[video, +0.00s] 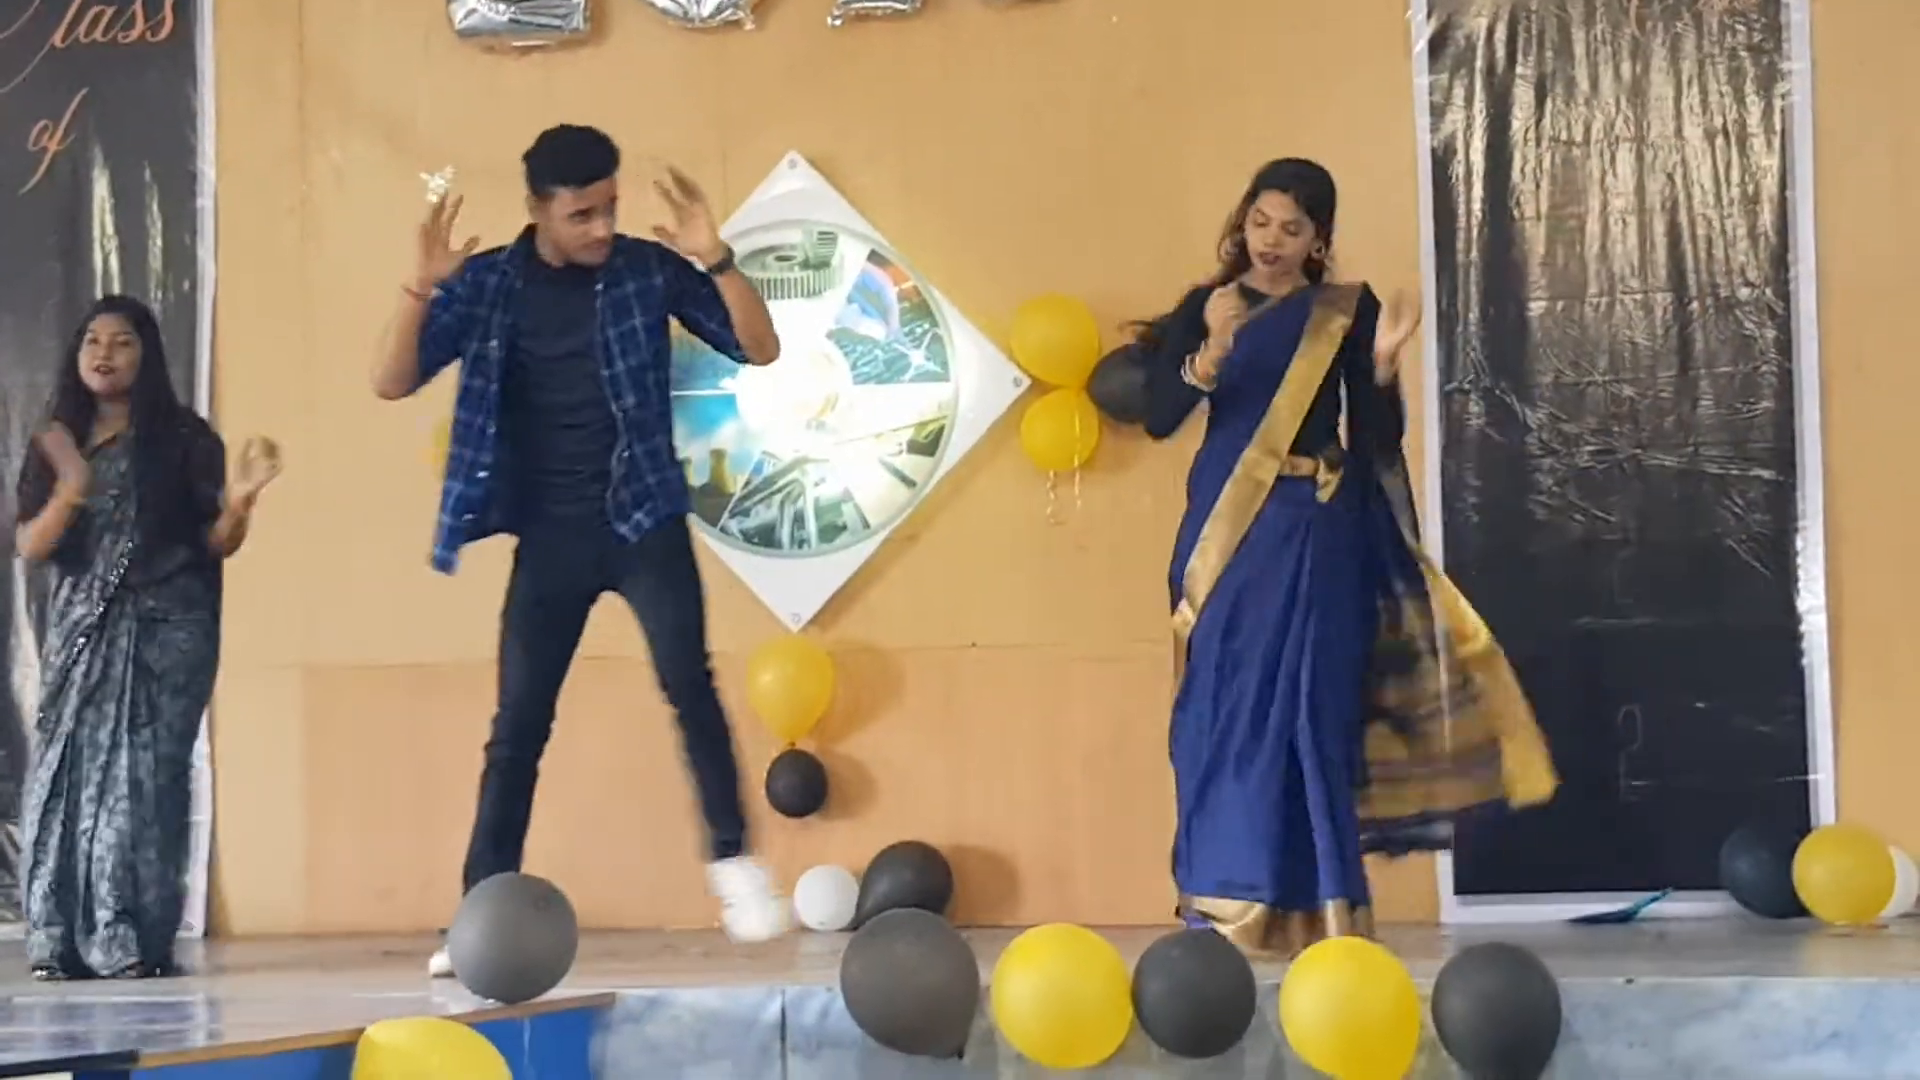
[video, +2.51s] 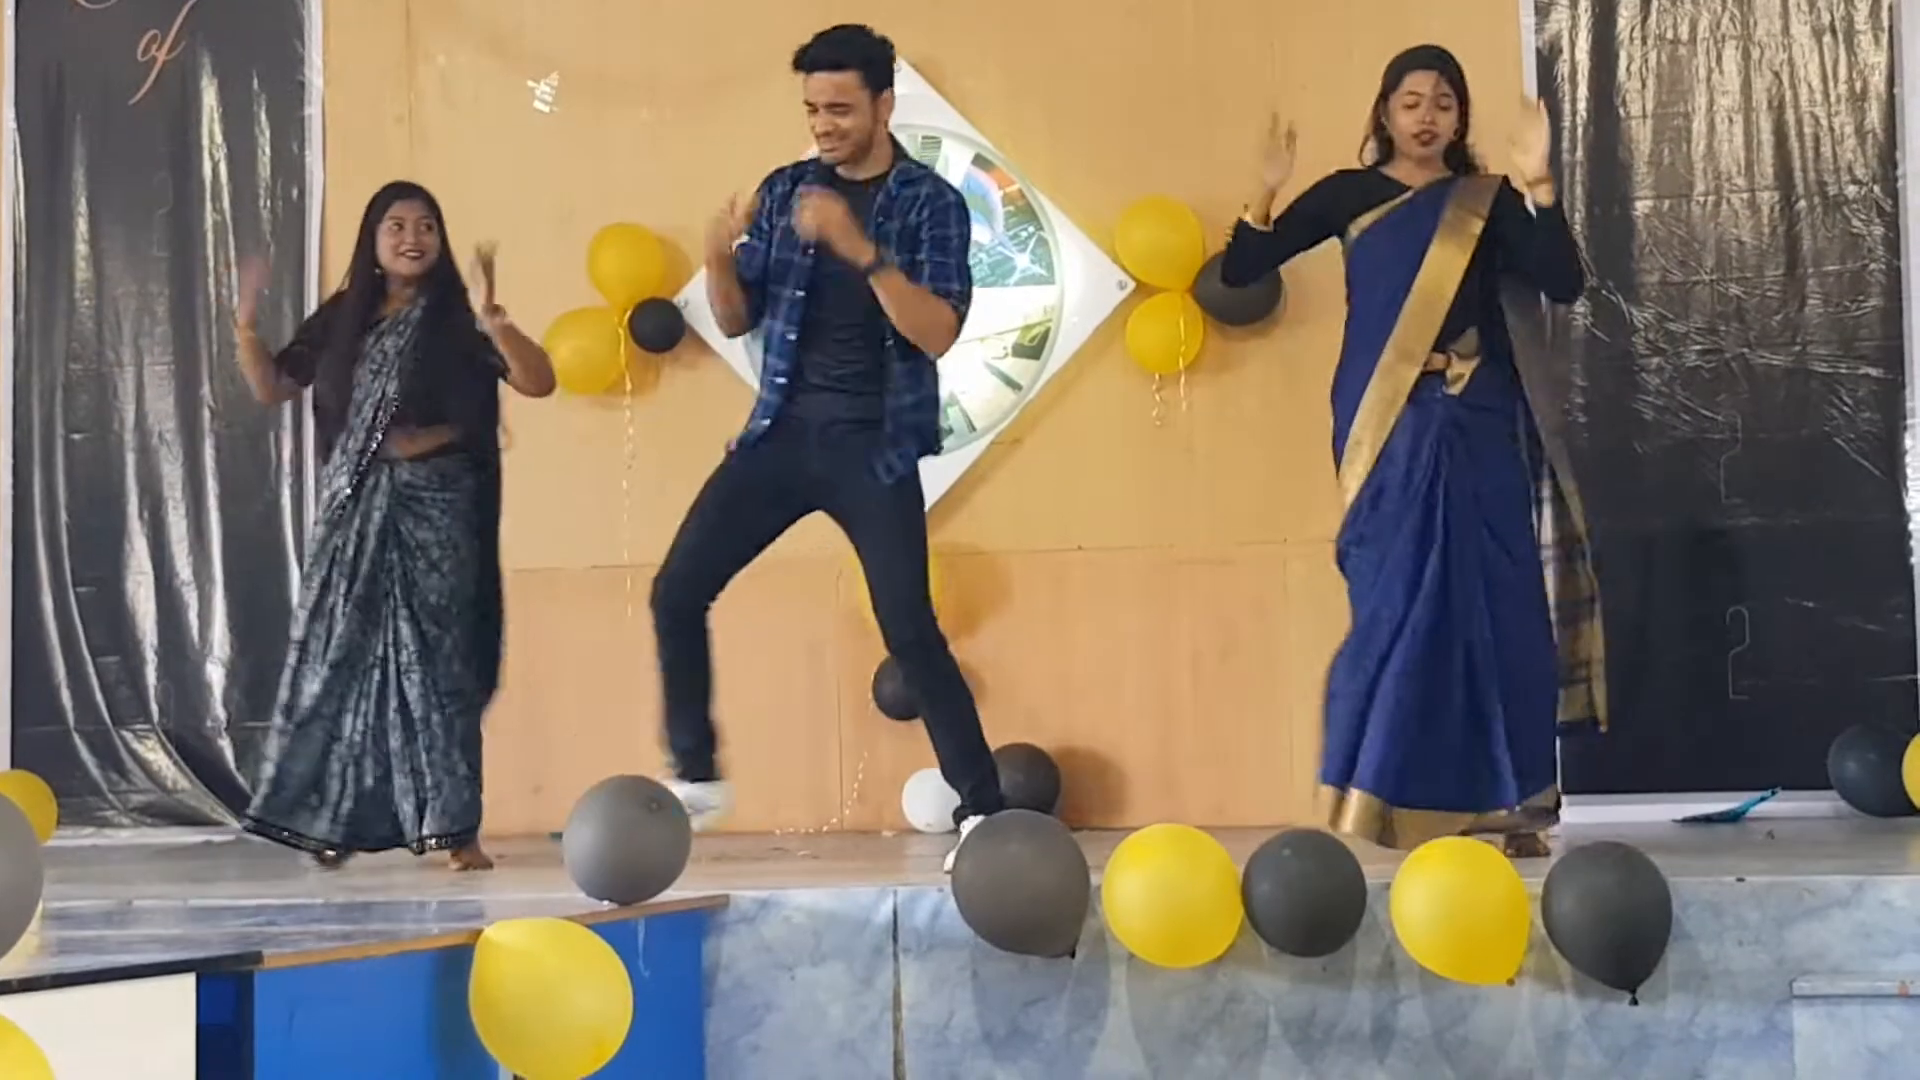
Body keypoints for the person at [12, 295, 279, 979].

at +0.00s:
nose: (104, 355)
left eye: (121, 344)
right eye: (93, 342)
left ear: (148, 356)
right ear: (77, 355)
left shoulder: (189, 439)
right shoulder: (56, 441)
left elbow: (217, 545)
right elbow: (31, 546)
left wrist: (237, 508)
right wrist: (69, 486)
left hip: (169, 628)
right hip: (86, 628)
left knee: (148, 775)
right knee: (70, 771)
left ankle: (136, 939)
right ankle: (61, 938)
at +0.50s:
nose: (267, 316)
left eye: (284, 305)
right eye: (256, 305)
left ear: (311, 318)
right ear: (240, 318)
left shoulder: (324, 395)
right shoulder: (225, 398)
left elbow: (274, 473)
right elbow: (139, 456)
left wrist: (170, 456)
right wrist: (76, 423)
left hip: (290, 580)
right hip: (217, 581)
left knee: (309, 736)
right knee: (174, 729)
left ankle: (366, 894)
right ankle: (130, 906)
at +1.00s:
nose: (405, 275)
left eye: (418, 265)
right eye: (390, 265)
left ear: (435, 280)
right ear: (366, 282)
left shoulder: (464, 365)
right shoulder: (338, 367)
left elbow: (508, 457)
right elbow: (303, 458)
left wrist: (452, 493)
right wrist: (277, 522)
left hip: (422, 551)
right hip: (342, 551)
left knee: (422, 703)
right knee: (322, 692)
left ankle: (443, 869)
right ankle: (350, 864)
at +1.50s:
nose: (293, 288)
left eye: (307, 274)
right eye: (279, 276)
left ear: (332, 281)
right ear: (262, 286)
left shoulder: (366, 354)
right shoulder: (244, 352)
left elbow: (449, 411)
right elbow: (146, 404)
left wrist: (411, 341)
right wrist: (133, 321)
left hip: (355, 537)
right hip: (270, 541)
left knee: (374, 687)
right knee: (257, 690)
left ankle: (431, 849)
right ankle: (247, 856)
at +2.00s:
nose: (284, 254)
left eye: (299, 242)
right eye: (271, 242)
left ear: (321, 256)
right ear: (251, 256)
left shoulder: (347, 331)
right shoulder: (227, 332)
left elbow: (427, 386)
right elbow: (130, 383)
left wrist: (386, 313)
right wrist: (96, 300)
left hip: (336, 518)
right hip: (256, 523)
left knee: (359, 663)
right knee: (240, 673)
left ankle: (412, 809)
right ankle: (226, 843)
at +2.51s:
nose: (412, 237)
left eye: (424, 227)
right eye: (397, 226)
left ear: (440, 240)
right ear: (373, 240)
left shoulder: (460, 317)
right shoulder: (345, 313)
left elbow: (540, 383)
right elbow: (271, 388)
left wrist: (499, 326)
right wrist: (246, 324)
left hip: (441, 496)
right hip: (360, 498)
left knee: (443, 656)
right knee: (347, 651)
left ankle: (453, 828)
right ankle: (340, 817)